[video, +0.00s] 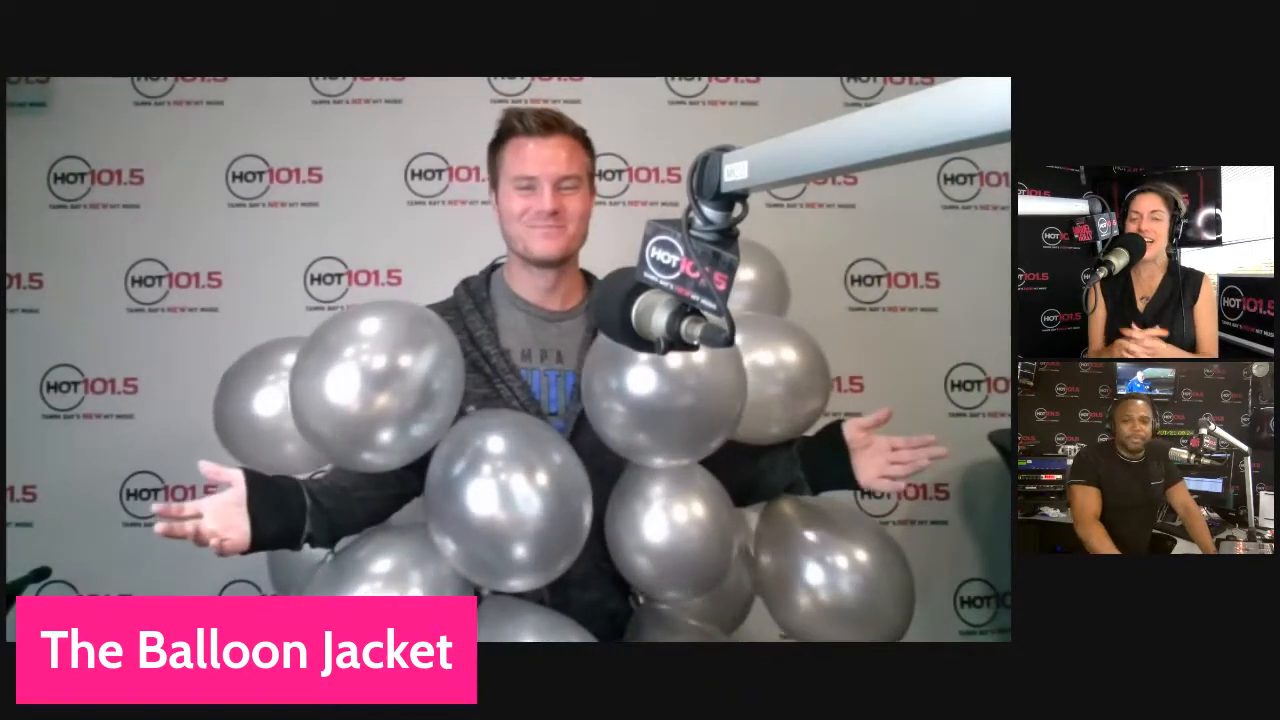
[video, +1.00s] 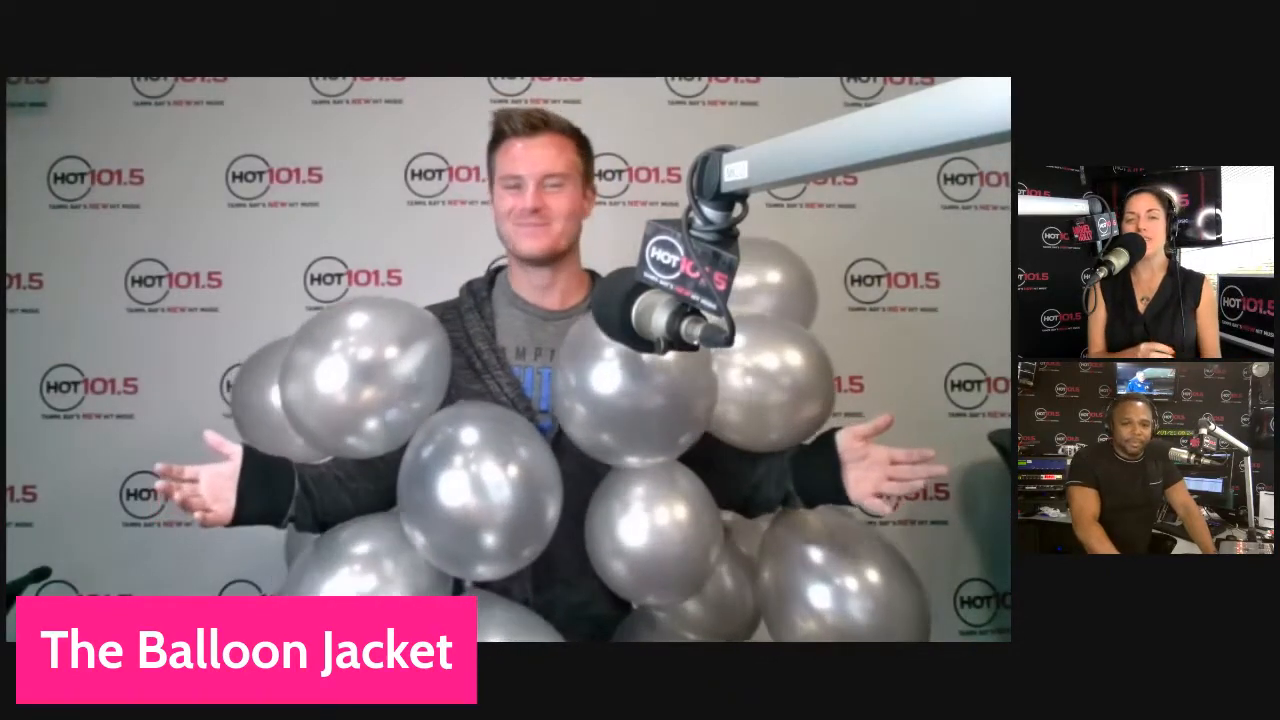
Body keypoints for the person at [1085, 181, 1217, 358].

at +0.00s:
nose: (1143, 227)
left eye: (1156, 218)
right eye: (1134, 218)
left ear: (1172, 227)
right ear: (1124, 225)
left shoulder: (1197, 285)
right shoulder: (1102, 287)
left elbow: (1209, 361)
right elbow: (1093, 355)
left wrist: (1163, 351)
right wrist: (1116, 350)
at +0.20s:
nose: (1142, 227)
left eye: (1155, 217)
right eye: (1134, 218)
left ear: (1172, 226)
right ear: (1124, 226)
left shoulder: (1197, 285)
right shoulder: (1103, 286)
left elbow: (1209, 362)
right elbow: (1095, 357)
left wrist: (1162, 349)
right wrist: (1130, 351)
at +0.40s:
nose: (1139, 227)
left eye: (1152, 217)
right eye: (1131, 219)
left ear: (1171, 226)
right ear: (1123, 228)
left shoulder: (1198, 286)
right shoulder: (1104, 287)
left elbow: (1211, 363)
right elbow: (1095, 357)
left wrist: (1164, 348)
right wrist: (1132, 351)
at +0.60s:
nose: (1139, 227)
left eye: (1151, 217)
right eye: (1130, 219)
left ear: (1170, 226)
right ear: (1122, 228)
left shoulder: (1198, 287)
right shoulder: (1104, 287)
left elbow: (1213, 362)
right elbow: (1096, 356)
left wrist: (1172, 354)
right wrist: (1133, 353)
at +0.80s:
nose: (1140, 226)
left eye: (1152, 217)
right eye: (1131, 218)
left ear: (1169, 226)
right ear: (1122, 228)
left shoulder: (1198, 286)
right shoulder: (1103, 287)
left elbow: (1212, 362)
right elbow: (1095, 357)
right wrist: (1133, 354)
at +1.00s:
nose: (1140, 227)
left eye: (1152, 217)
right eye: (1131, 219)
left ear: (1168, 226)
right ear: (1121, 228)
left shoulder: (1197, 287)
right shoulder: (1102, 288)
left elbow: (1212, 364)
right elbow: (1095, 358)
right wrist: (1133, 354)